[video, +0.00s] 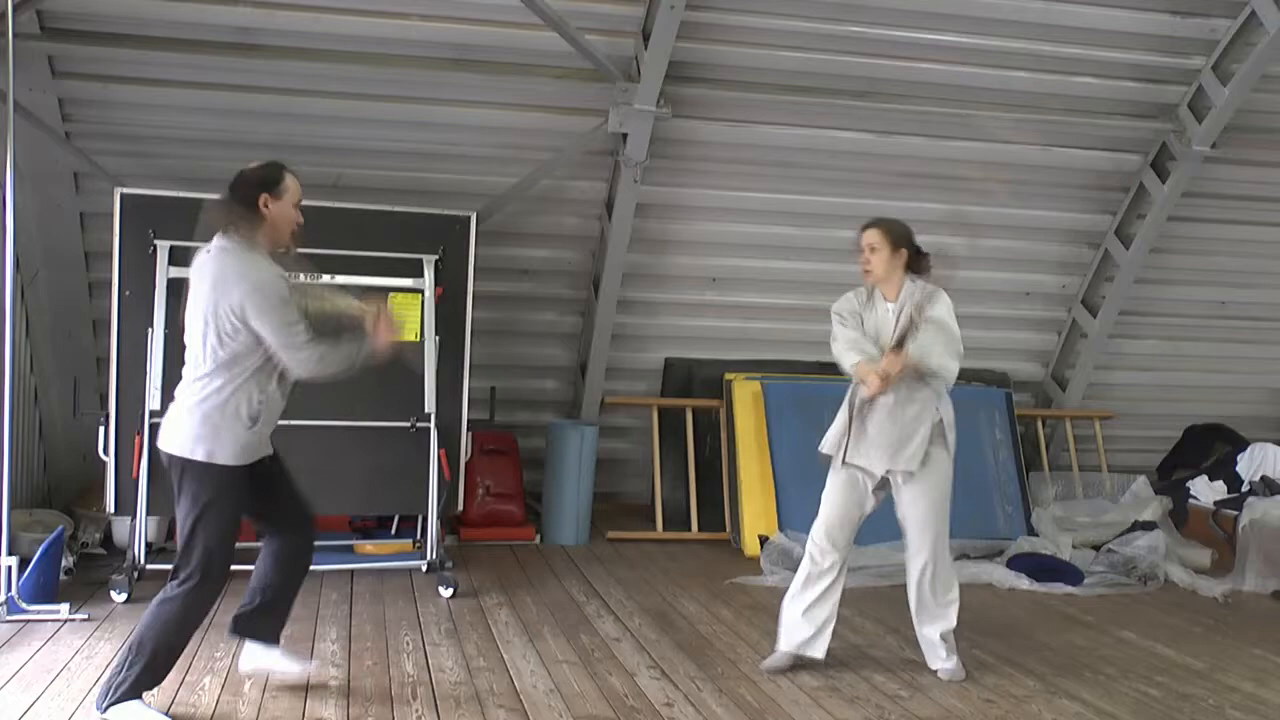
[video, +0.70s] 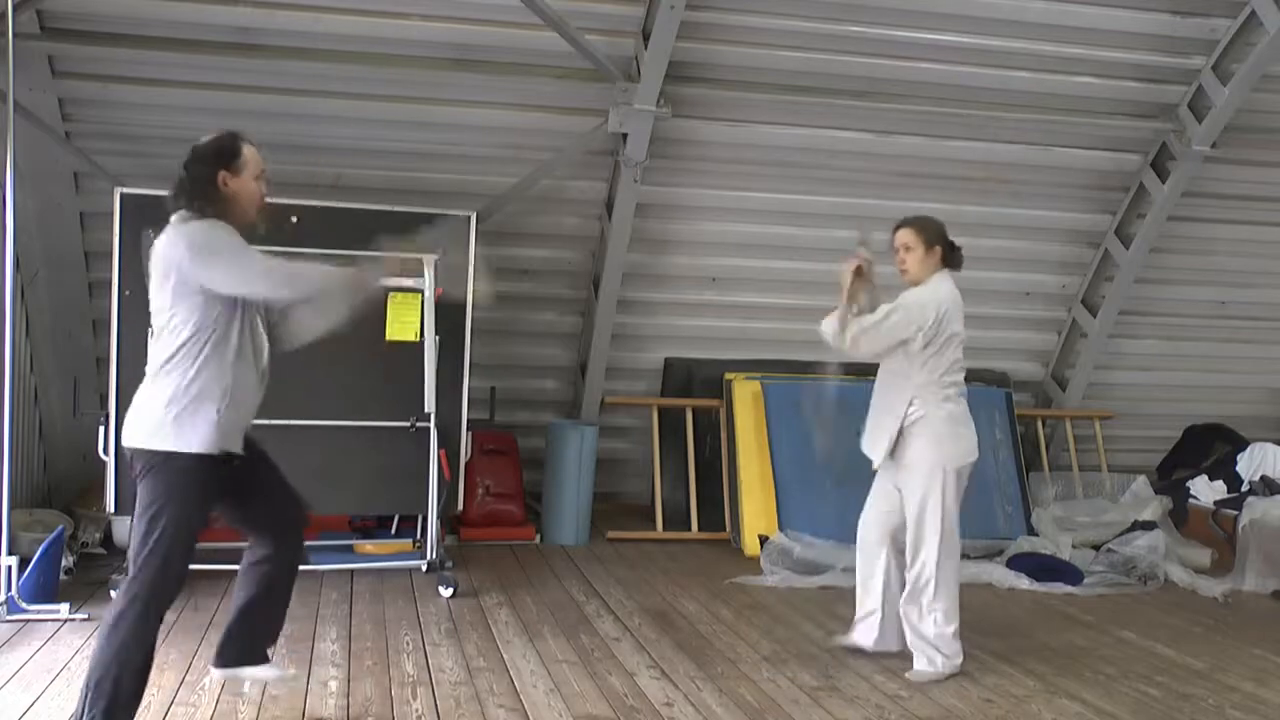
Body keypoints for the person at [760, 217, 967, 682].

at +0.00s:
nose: (863, 259)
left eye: (873, 250)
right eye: (862, 251)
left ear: (902, 255)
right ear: (862, 258)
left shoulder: (933, 301)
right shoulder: (850, 304)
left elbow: (946, 356)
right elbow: (845, 346)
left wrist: (903, 361)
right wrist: (866, 370)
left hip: (921, 437)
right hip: (861, 434)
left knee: (928, 548)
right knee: (826, 539)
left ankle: (941, 649)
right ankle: (795, 643)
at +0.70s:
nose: (898, 260)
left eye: (907, 249)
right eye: (896, 251)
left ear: (937, 253)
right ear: (925, 257)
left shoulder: (930, 299)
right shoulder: (930, 295)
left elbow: (858, 342)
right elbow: (876, 334)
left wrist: (845, 301)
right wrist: (863, 293)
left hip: (933, 437)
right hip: (910, 437)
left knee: (930, 546)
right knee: (875, 529)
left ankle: (939, 653)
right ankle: (877, 632)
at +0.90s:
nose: (908, 255)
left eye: (917, 246)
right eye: (906, 247)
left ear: (946, 252)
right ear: (914, 254)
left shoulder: (934, 300)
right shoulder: (930, 296)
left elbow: (874, 365)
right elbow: (894, 345)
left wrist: (856, 366)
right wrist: (862, 353)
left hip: (948, 440)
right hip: (919, 438)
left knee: (933, 547)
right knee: (902, 544)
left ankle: (940, 653)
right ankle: (916, 636)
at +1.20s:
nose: (911, 260)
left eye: (921, 251)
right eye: (908, 253)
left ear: (948, 256)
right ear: (908, 261)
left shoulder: (968, 297)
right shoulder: (903, 315)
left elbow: (926, 355)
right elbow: (896, 393)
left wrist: (873, 368)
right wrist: (867, 386)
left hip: (978, 441)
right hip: (922, 442)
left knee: (975, 542)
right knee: (919, 544)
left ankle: (1003, 649)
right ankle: (924, 641)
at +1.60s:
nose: (967, 264)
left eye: (977, 255)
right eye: (965, 256)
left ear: (1004, 263)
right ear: (964, 266)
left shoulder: (1026, 296)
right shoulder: (963, 314)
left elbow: (985, 330)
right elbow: (951, 369)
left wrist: (934, 338)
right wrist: (935, 351)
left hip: (1029, 448)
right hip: (970, 446)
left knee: (1057, 555)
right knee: (943, 547)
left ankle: (1085, 664)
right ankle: (921, 641)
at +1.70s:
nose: (970, 250)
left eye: (982, 244)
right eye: (962, 244)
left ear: (1019, 252)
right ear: (971, 254)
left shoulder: (1052, 290)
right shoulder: (986, 292)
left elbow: (1031, 251)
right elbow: (971, 274)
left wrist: (977, 229)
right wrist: (975, 230)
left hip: (1048, 432)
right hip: (989, 429)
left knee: (1062, 551)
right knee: (962, 537)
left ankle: (1085, 666)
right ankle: (932, 640)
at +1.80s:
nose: (1009, 246)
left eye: (1015, 239)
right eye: (1001, 241)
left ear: (1036, 244)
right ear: (993, 248)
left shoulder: (1062, 292)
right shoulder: (989, 296)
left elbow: (1062, 228)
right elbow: (989, 247)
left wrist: (1013, 175)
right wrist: (1007, 180)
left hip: (1059, 441)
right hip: (997, 440)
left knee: (1069, 557)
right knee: (972, 542)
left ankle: (1085, 667)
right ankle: (959, 645)